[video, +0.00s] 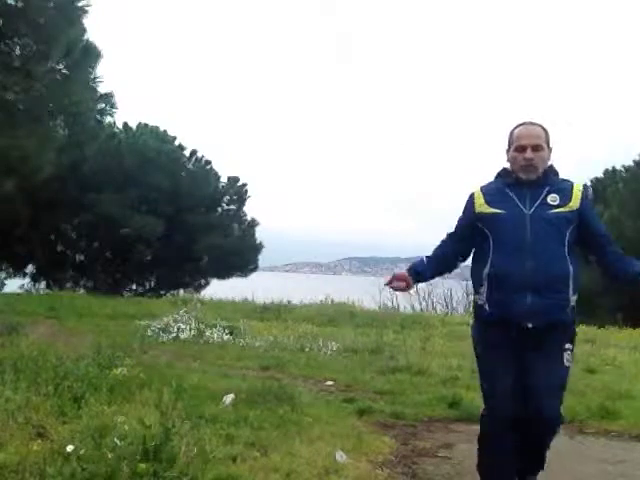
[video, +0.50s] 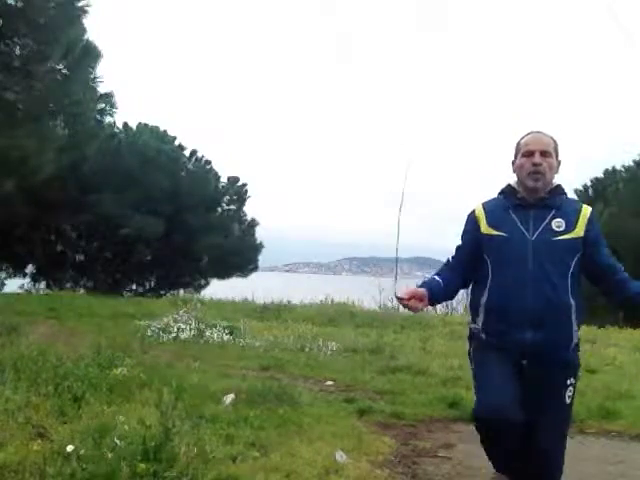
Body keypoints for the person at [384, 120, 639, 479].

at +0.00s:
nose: (528, 156)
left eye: (536, 149)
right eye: (520, 149)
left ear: (549, 153)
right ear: (508, 154)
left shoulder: (574, 196)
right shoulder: (483, 198)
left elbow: (606, 253)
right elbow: (454, 248)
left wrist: (636, 272)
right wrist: (413, 273)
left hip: (552, 325)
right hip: (496, 324)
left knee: (545, 415)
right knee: (500, 414)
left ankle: (525, 471)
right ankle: (496, 475)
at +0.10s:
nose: (523, 174)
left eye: (532, 168)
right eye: (516, 168)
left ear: (545, 173)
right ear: (504, 174)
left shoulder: (570, 219)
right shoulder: (477, 221)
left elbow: (598, 268)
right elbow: (450, 269)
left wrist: (626, 295)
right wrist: (421, 284)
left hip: (550, 345)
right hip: (493, 346)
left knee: (548, 421)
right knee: (497, 431)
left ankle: (527, 473)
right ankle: (494, 476)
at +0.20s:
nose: (527, 158)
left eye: (536, 151)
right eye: (520, 151)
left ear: (548, 160)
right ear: (507, 159)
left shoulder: (571, 210)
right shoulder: (478, 210)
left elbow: (597, 270)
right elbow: (453, 262)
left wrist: (627, 304)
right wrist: (419, 295)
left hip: (552, 341)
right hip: (494, 341)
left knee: (551, 420)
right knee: (498, 435)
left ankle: (540, 475)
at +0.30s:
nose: (533, 141)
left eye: (542, 135)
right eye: (525, 135)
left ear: (554, 144)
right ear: (512, 142)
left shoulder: (573, 195)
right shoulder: (483, 191)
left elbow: (605, 262)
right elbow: (451, 242)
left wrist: (635, 293)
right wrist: (411, 275)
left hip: (554, 326)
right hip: (497, 324)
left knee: (548, 416)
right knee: (504, 421)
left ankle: (545, 476)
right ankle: (500, 476)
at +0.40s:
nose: (535, 153)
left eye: (543, 148)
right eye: (527, 147)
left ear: (555, 157)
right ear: (513, 156)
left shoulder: (577, 207)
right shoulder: (483, 204)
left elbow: (607, 269)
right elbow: (452, 254)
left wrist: (637, 291)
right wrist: (412, 275)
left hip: (553, 335)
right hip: (495, 332)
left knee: (546, 425)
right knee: (497, 415)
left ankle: (541, 475)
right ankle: (519, 467)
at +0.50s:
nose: (537, 161)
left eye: (545, 155)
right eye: (528, 155)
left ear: (557, 165)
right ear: (514, 164)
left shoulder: (580, 218)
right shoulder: (484, 216)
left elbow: (612, 276)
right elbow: (458, 269)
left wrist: (636, 297)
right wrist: (427, 292)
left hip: (554, 351)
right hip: (494, 347)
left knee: (547, 452)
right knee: (494, 416)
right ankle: (512, 470)